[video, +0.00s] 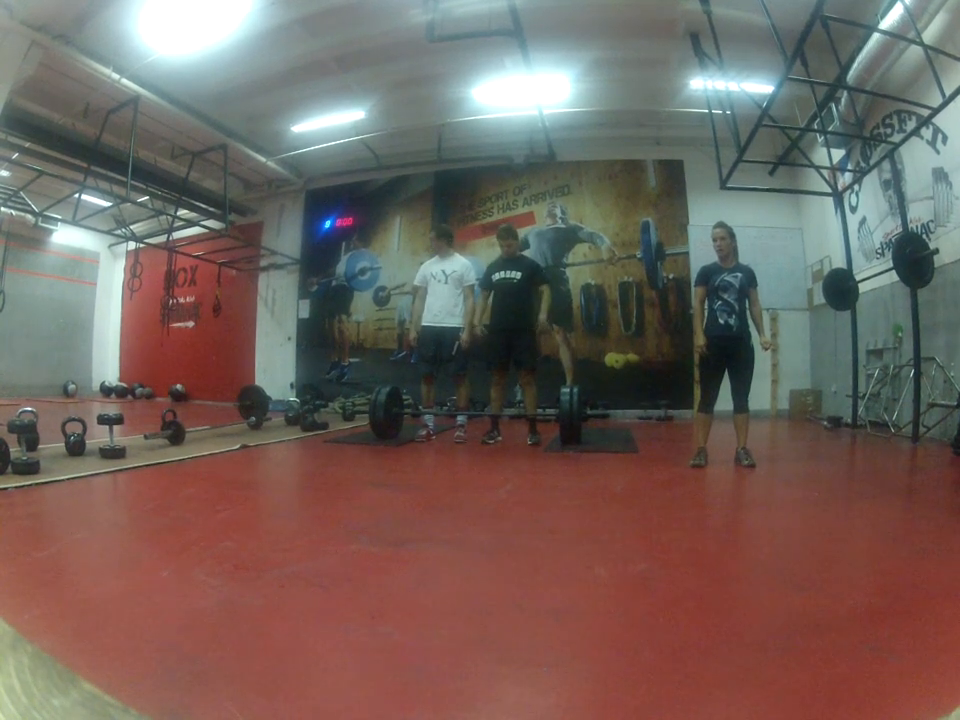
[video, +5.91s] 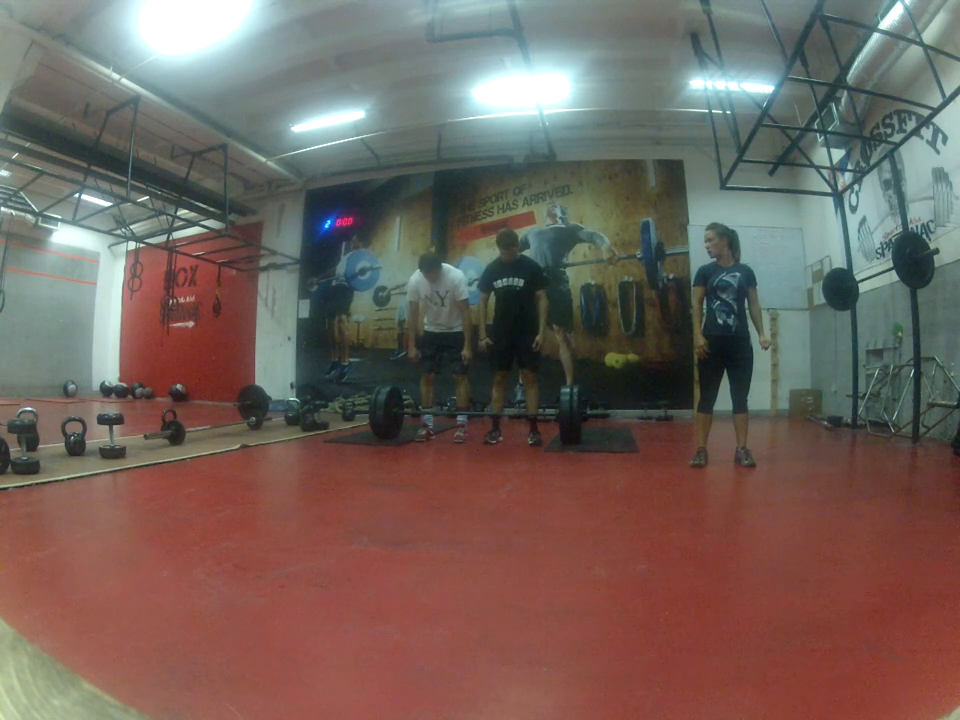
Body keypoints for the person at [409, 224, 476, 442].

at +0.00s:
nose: (431, 244)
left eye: (434, 240)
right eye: (431, 240)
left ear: (445, 241)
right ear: (436, 241)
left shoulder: (463, 265)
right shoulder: (426, 266)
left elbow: (470, 298)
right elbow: (419, 298)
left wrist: (467, 329)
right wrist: (413, 327)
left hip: (455, 328)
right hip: (428, 328)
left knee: (460, 376)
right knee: (427, 376)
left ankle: (461, 423)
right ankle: (428, 424)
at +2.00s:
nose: (434, 245)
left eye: (438, 241)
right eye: (433, 242)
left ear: (447, 240)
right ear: (432, 242)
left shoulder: (462, 263)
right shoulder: (426, 266)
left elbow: (468, 295)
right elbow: (417, 298)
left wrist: (466, 326)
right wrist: (410, 326)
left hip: (454, 327)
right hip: (428, 327)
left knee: (459, 375)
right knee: (426, 376)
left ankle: (461, 425)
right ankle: (427, 425)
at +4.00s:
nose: (437, 249)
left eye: (439, 245)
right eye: (434, 246)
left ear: (446, 243)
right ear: (429, 244)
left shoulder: (459, 263)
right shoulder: (421, 266)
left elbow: (468, 296)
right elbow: (414, 299)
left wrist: (469, 327)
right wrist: (408, 328)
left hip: (454, 328)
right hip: (426, 328)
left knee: (458, 376)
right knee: (425, 377)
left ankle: (461, 425)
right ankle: (427, 425)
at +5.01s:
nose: (431, 277)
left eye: (434, 274)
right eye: (428, 274)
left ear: (441, 267)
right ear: (423, 270)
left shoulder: (456, 277)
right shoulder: (417, 279)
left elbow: (466, 313)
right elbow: (411, 314)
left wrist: (467, 347)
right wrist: (410, 344)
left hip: (455, 330)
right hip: (431, 330)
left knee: (459, 376)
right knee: (426, 376)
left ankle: (461, 425)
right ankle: (427, 425)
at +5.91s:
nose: (430, 278)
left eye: (433, 275)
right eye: (427, 275)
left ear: (440, 268)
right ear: (422, 271)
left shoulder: (456, 277)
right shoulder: (416, 280)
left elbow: (466, 312)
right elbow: (412, 315)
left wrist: (467, 345)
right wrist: (411, 345)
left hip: (456, 331)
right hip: (430, 331)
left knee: (460, 377)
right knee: (427, 376)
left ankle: (461, 425)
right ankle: (427, 425)